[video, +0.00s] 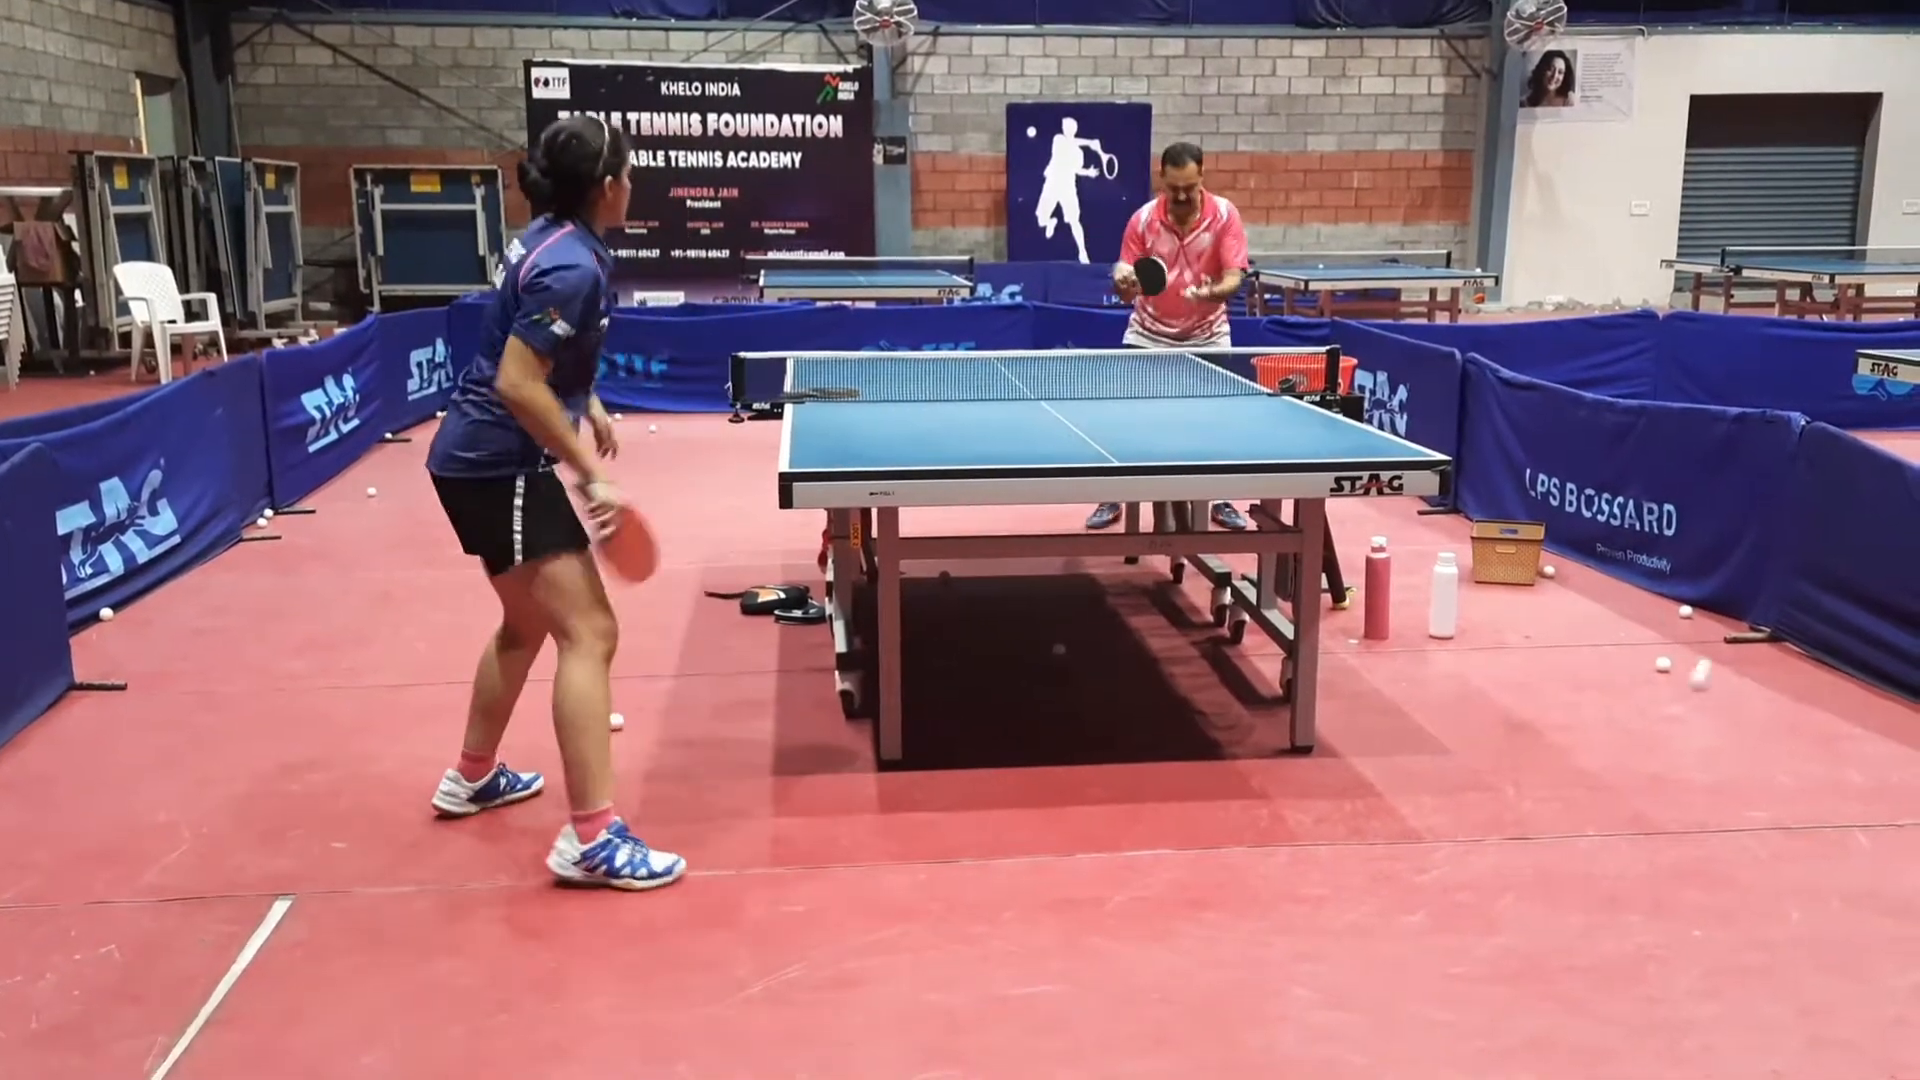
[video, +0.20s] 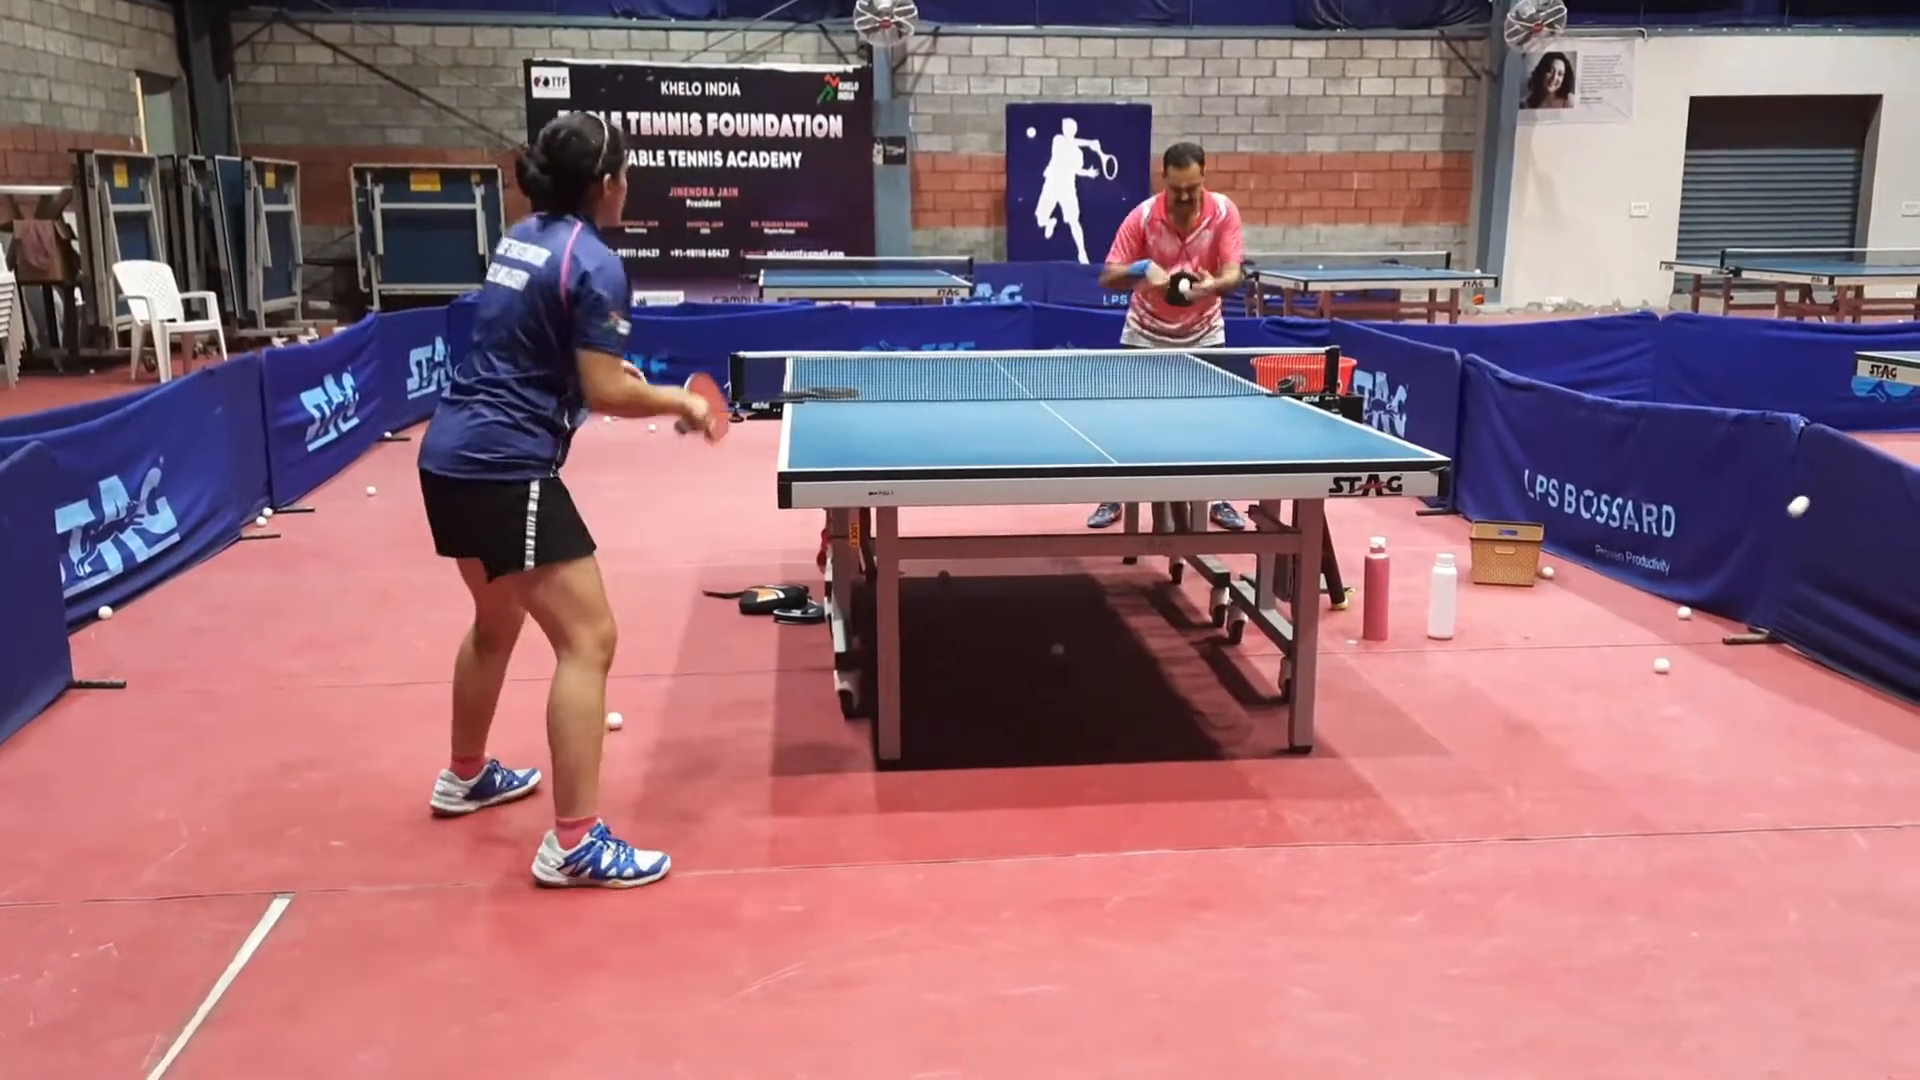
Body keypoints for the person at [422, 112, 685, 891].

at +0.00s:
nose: (631, 185)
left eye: (626, 173)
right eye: (626, 174)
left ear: (562, 183)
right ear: (605, 185)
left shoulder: (550, 241)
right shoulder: (571, 267)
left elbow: (549, 350)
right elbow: (518, 383)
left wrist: (584, 408)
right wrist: (592, 473)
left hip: (480, 459)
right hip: (505, 465)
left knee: (524, 625)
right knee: (590, 632)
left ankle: (472, 774)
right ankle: (594, 834)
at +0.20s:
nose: (623, 185)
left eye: (621, 173)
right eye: (620, 175)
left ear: (542, 181)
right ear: (603, 185)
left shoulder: (517, 239)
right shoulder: (595, 263)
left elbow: (552, 366)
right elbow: (605, 390)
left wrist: (648, 394)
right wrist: (682, 401)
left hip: (450, 460)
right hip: (509, 469)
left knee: (496, 623)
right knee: (588, 639)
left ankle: (466, 772)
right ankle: (575, 838)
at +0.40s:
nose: (648, 210)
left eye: (646, 197)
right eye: (643, 198)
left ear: (573, 200)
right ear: (622, 207)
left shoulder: (532, 252)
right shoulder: (609, 286)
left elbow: (569, 356)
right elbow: (660, 414)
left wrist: (652, 360)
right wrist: (720, 378)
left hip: (443, 469)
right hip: (507, 478)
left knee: (502, 619)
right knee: (611, 644)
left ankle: (464, 774)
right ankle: (576, 839)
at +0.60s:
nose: (665, 227)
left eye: (663, 214)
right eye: (661, 215)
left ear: (601, 218)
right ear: (637, 226)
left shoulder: (577, 262)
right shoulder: (586, 300)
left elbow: (599, 366)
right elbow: (567, 437)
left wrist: (682, 399)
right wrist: (663, 463)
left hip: (453, 459)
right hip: (481, 475)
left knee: (501, 613)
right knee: (594, 636)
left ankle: (427, 737)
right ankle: (576, 833)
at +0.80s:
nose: (632, 294)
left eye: (633, 282)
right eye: (625, 282)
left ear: (588, 287)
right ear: (587, 288)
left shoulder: (599, 341)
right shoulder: (493, 344)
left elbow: (606, 421)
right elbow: (426, 446)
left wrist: (635, 503)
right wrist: (466, 526)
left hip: (500, 513)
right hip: (452, 515)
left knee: (490, 640)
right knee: (590, 640)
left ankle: (377, 740)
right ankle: (573, 836)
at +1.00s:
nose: (557, 247)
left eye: (561, 234)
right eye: (546, 235)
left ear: (509, 229)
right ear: (499, 226)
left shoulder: (477, 272)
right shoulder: (475, 289)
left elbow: (531, 360)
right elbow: (547, 380)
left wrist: (609, 337)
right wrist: (617, 312)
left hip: (405, 479)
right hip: (435, 481)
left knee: (450, 619)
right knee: (547, 634)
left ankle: (371, 744)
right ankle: (573, 829)